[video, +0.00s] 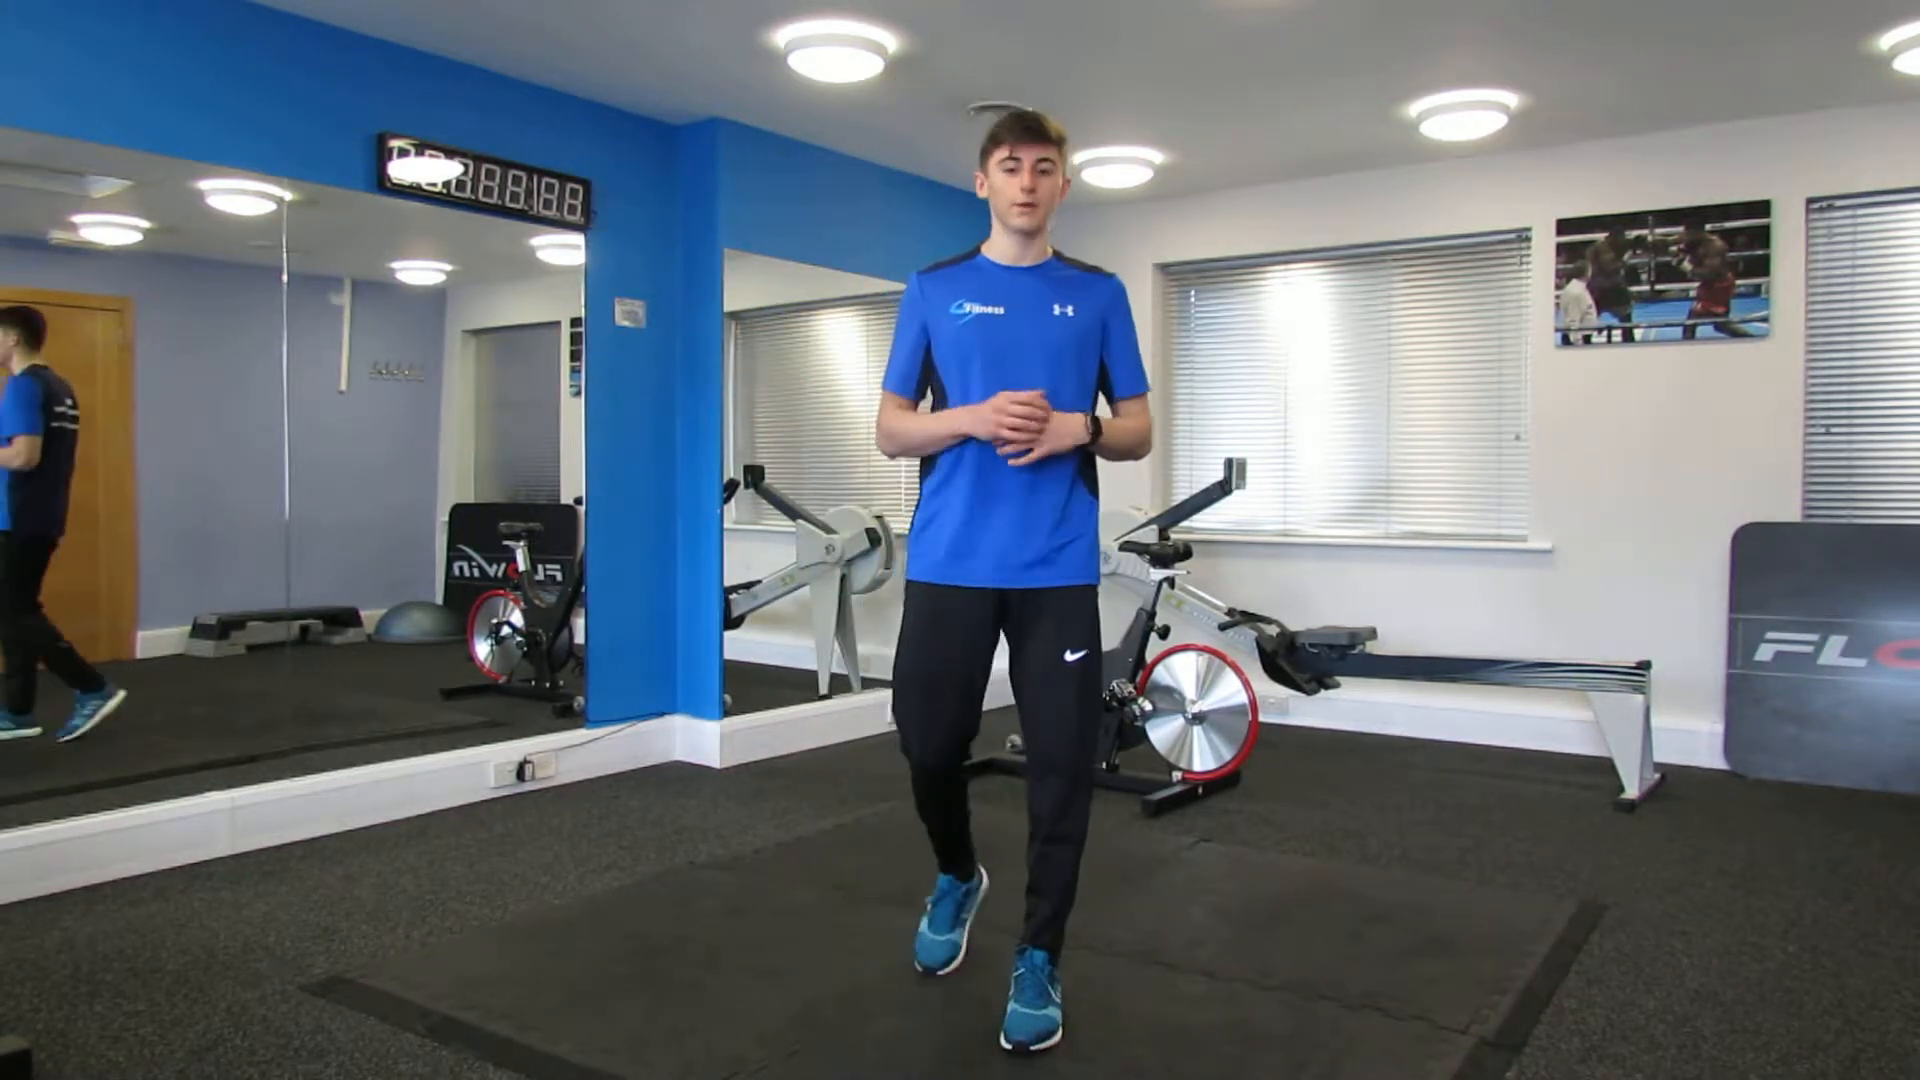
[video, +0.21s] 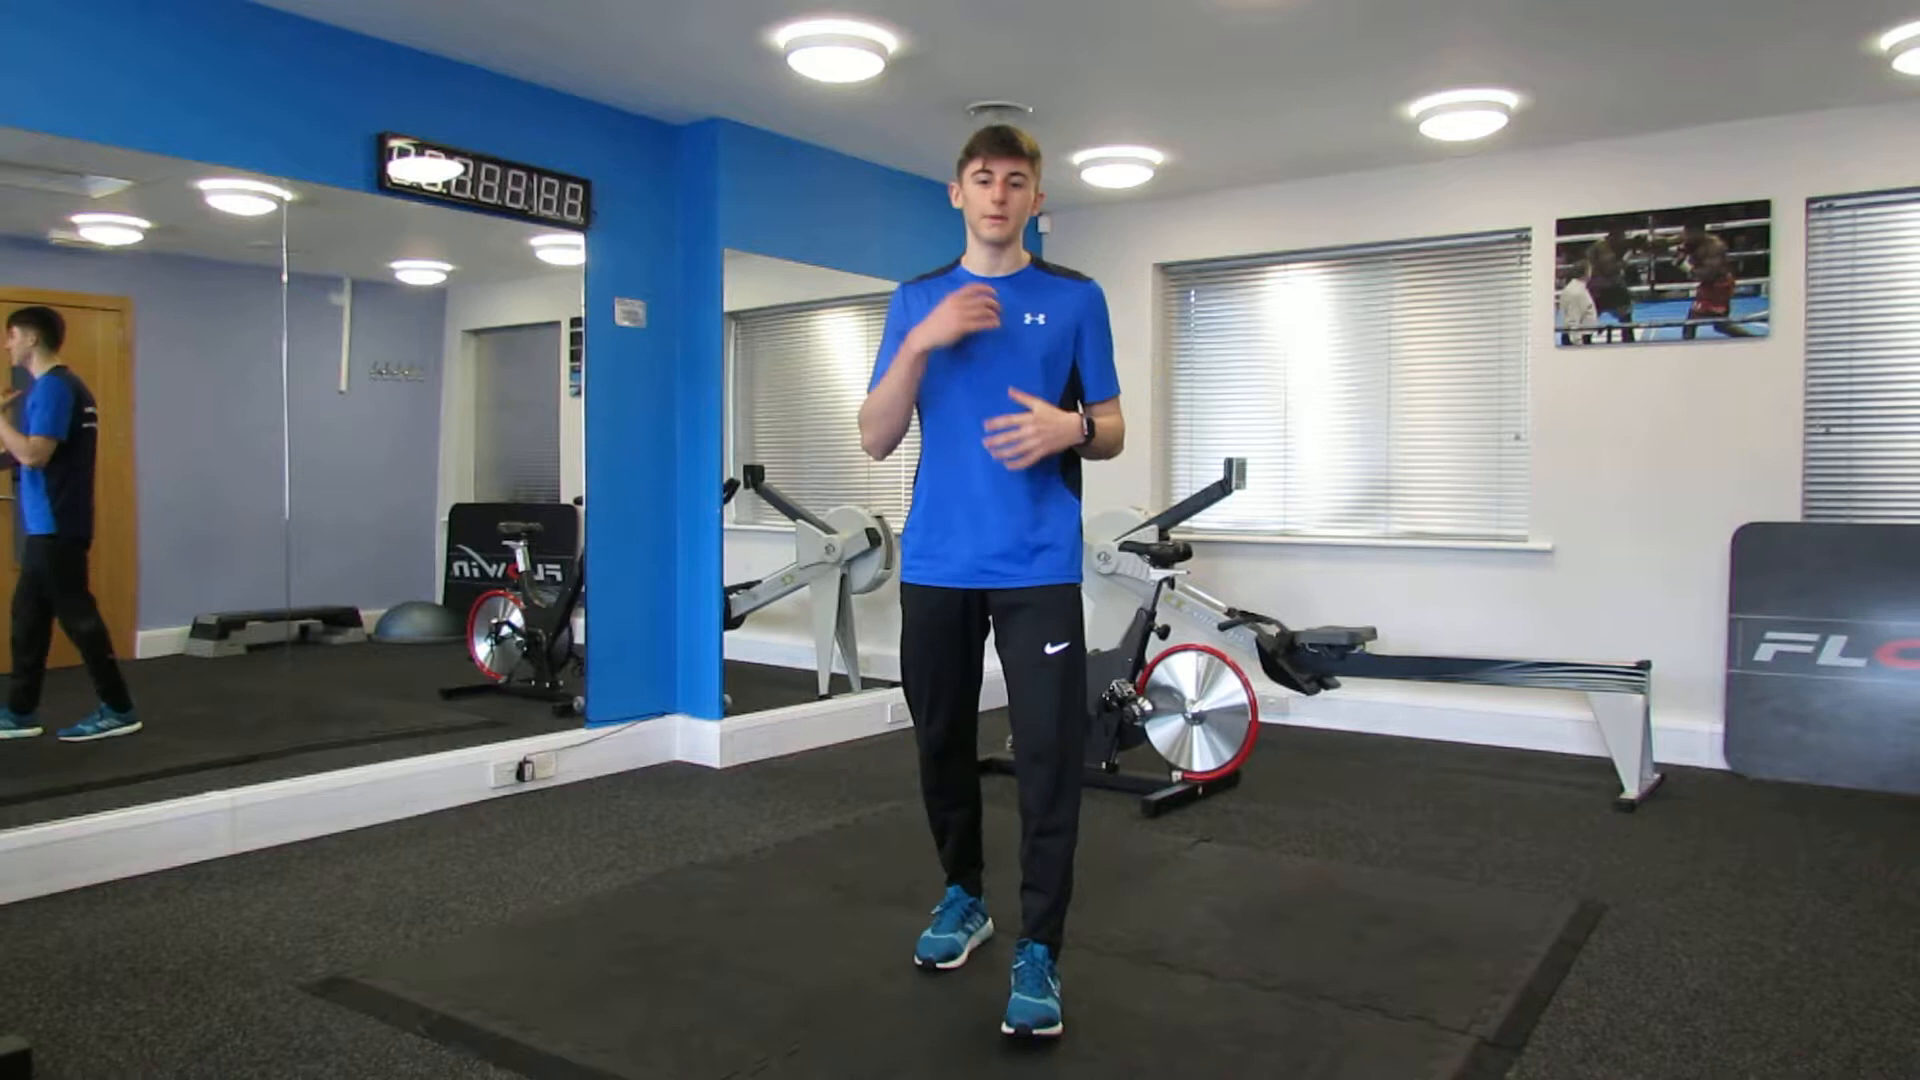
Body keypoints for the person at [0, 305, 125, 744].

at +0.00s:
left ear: (13, 340)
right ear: (31, 341)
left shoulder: (24, 385)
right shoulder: (59, 387)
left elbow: (24, 455)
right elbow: (51, 458)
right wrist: (10, 451)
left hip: (20, 524)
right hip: (41, 523)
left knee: (18, 612)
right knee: (16, 613)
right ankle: (16, 711)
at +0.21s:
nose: (7, 345)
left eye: (12, 337)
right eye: (9, 337)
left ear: (32, 339)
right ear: (44, 341)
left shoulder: (54, 387)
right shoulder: (64, 387)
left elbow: (35, 453)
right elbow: (27, 451)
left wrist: (3, 421)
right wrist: (10, 418)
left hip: (56, 530)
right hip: (51, 529)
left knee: (78, 616)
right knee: (28, 614)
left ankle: (119, 708)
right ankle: (19, 711)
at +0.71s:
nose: (38, 346)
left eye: (42, 338)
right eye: (39, 338)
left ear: (61, 339)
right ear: (74, 340)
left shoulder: (93, 387)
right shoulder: (88, 386)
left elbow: (108, 460)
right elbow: (96, 453)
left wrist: (49, 446)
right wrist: (52, 450)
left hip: (98, 528)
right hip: (89, 526)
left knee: (103, 615)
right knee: (67, 613)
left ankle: (122, 709)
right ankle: (38, 706)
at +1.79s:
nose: (1, 350)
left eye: (5, 341)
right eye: (2, 341)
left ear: (24, 344)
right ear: (38, 345)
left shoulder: (39, 387)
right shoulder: (70, 388)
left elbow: (47, 457)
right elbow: (69, 457)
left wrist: (6, 450)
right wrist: (20, 452)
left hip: (37, 525)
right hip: (70, 525)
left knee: (8, 609)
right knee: (72, 610)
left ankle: (39, 703)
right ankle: (100, 703)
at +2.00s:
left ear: (0, 345)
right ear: (18, 344)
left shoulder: (16, 388)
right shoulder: (43, 387)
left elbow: (23, 457)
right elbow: (44, 455)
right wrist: (9, 455)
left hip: (23, 529)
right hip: (51, 525)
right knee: (64, 611)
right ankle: (99, 703)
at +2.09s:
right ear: (11, 343)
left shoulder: (9, 388)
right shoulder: (32, 389)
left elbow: (11, 459)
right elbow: (37, 459)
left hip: (16, 528)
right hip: (40, 526)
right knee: (54, 611)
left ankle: (97, 700)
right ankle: (97, 701)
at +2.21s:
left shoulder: (11, 395)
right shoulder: (17, 395)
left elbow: (19, 471)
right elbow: (26, 469)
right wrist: (28, 526)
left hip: (11, 524)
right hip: (18, 522)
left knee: (21, 602)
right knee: (22, 602)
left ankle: (86, 690)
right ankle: (86, 690)